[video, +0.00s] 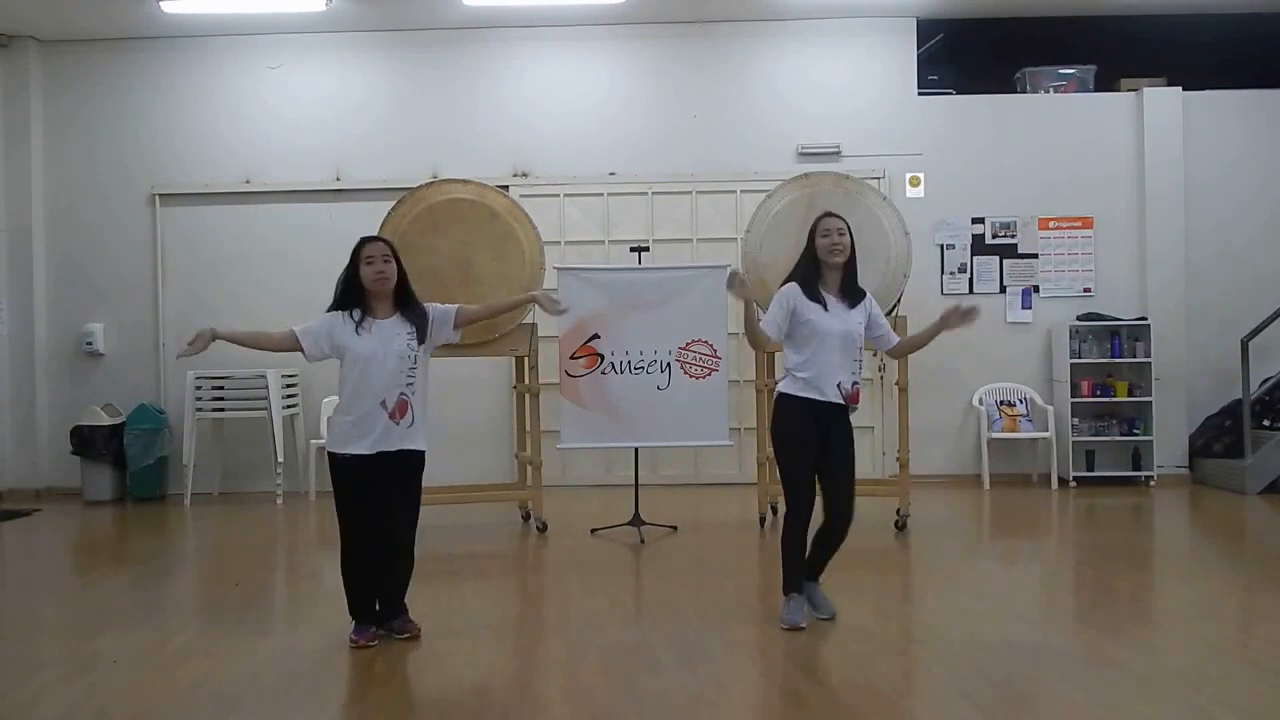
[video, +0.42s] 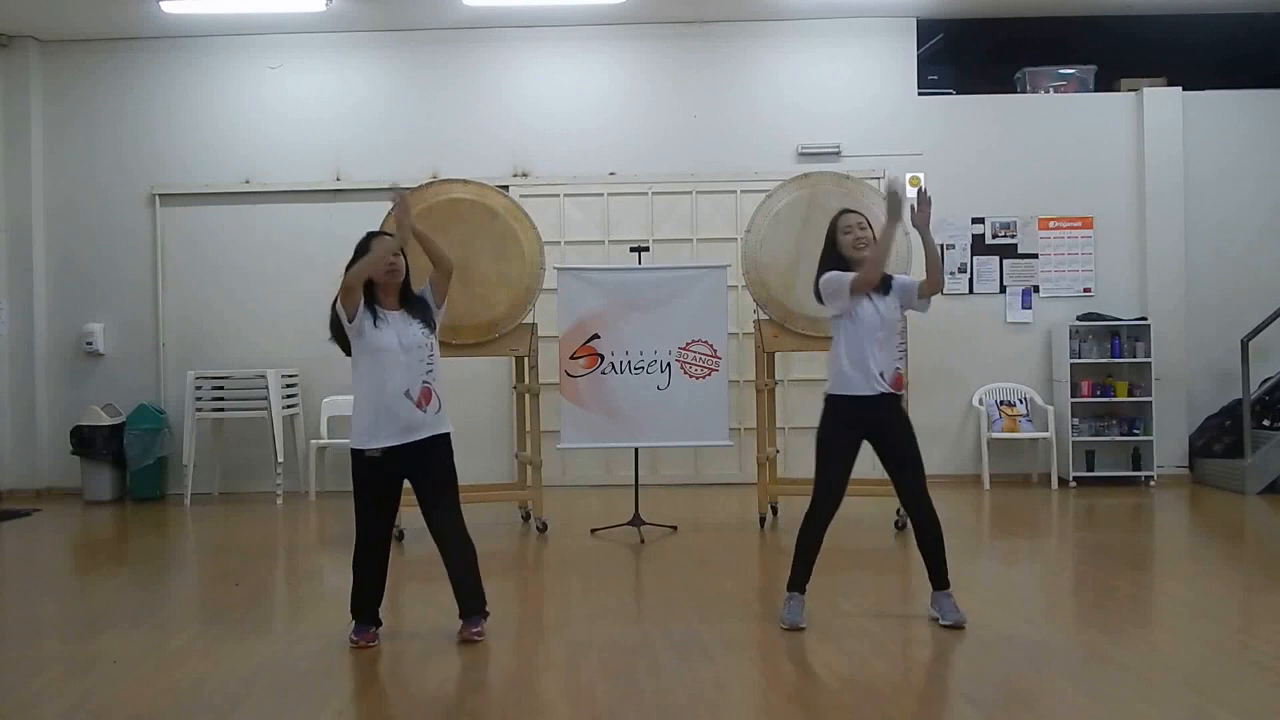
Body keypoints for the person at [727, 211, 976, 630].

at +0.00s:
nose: (836, 239)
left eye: (841, 233)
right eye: (827, 234)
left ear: (852, 243)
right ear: (812, 245)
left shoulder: (862, 300)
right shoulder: (792, 293)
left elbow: (896, 349)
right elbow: (761, 342)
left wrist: (941, 324)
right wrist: (748, 302)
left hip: (838, 415)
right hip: (795, 410)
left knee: (840, 516)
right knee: (800, 506)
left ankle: (808, 581)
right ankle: (792, 596)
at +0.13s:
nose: (841, 233)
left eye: (847, 227)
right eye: (832, 227)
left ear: (855, 240)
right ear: (816, 238)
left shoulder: (861, 295)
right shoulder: (800, 281)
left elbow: (910, 316)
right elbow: (779, 300)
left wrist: (939, 272)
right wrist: (782, 247)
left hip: (842, 406)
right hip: (800, 406)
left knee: (875, 496)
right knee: (804, 502)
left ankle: (844, 576)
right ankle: (793, 597)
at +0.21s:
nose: (845, 230)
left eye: (852, 225)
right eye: (836, 224)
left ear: (860, 236)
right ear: (822, 234)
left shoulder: (867, 289)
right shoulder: (810, 285)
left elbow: (918, 291)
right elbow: (808, 272)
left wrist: (933, 242)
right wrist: (817, 216)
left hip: (851, 402)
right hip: (809, 403)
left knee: (892, 492)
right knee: (808, 501)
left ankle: (893, 582)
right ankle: (793, 597)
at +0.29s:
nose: (853, 227)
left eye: (857, 222)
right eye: (844, 221)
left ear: (863, 236)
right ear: (826, 234)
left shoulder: (872, 285)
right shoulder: (812, 276)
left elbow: (923, 282)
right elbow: (832, 273)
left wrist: (928, 229)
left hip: (860, 401)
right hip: (817, 402)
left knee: (900, 491)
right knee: (810, 501)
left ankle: (924, 584)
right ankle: (794, 596)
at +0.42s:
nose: (860, 235)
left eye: (866, 228)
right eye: (849, 231)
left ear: (876, 237)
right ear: (835, 246)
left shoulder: (895, 286)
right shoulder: (831, 283)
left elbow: (933, 284)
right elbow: (870, 278)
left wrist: (924, 231)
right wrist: (893, 222)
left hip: (889, 407)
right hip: (843, 407)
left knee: (918, 502)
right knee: (824, 505)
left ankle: (942, 595)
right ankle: (795, 597)